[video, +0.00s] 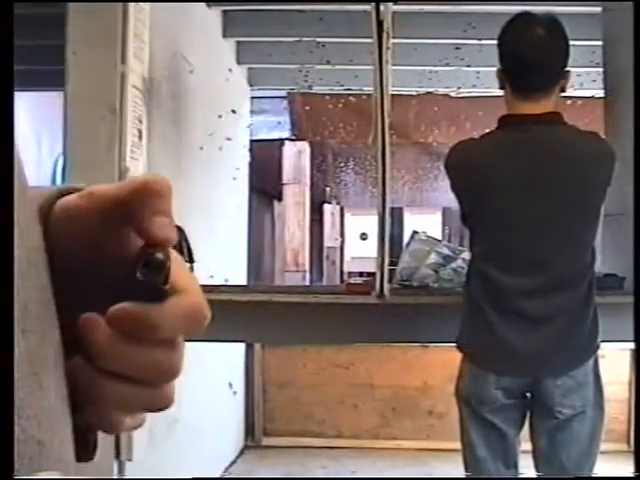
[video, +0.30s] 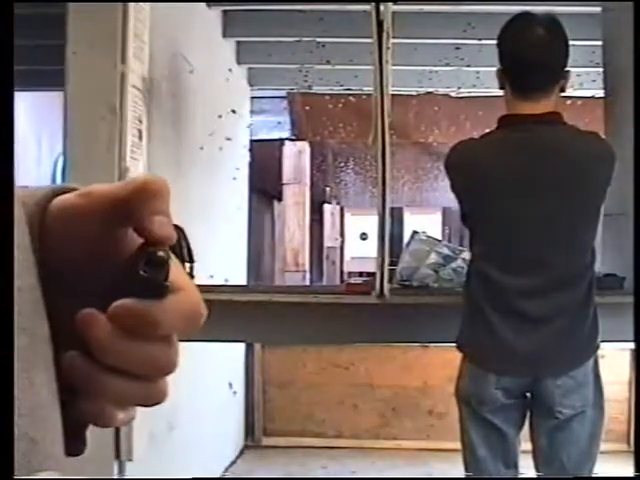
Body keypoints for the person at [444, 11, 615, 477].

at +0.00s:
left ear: (500, 79)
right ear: (565, 80)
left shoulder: (465, 160)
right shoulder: (596, 155)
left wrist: (532, 121)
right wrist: (552, 116)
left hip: (490, 357)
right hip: (568, 359)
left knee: (489, 472)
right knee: (568, 472)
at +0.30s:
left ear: (500, 78)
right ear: (565, 79)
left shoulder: (465, 160)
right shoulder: (596, 155)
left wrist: (533, 120)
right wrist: (551, 115)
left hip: (490, 357)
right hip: (568, 358)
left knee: (489, 472)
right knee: (568, 472)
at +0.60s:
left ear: (500, 79)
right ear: (564, 80)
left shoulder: (465, 160)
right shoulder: (596, 155)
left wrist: (530, 119)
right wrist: (550, 113)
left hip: (490, 357)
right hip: (569, 359)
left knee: (489, 472)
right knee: (567, 472)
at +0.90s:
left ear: (500, 79)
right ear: (565, 80)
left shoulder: (465, 161)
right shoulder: (596, 155)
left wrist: (534, 121)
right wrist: (552, 113)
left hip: (491, 357)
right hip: (569, 359)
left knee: (490, 472)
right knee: (568, 472)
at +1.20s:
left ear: (500, 80)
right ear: (565, 81)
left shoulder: (465, 160)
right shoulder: (597, 154)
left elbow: (478, 221)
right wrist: (549, 116)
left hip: (492, 359)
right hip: (571, 359)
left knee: (491, 472)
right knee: (571, 472)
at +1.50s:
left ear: (499, 80)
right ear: (564, 82)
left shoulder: (463, 161)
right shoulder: (596, 155)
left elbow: (478, 221)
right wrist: (549, 113)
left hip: (490, 359)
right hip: (569, 360)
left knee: (489, 472)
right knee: (569, 472)